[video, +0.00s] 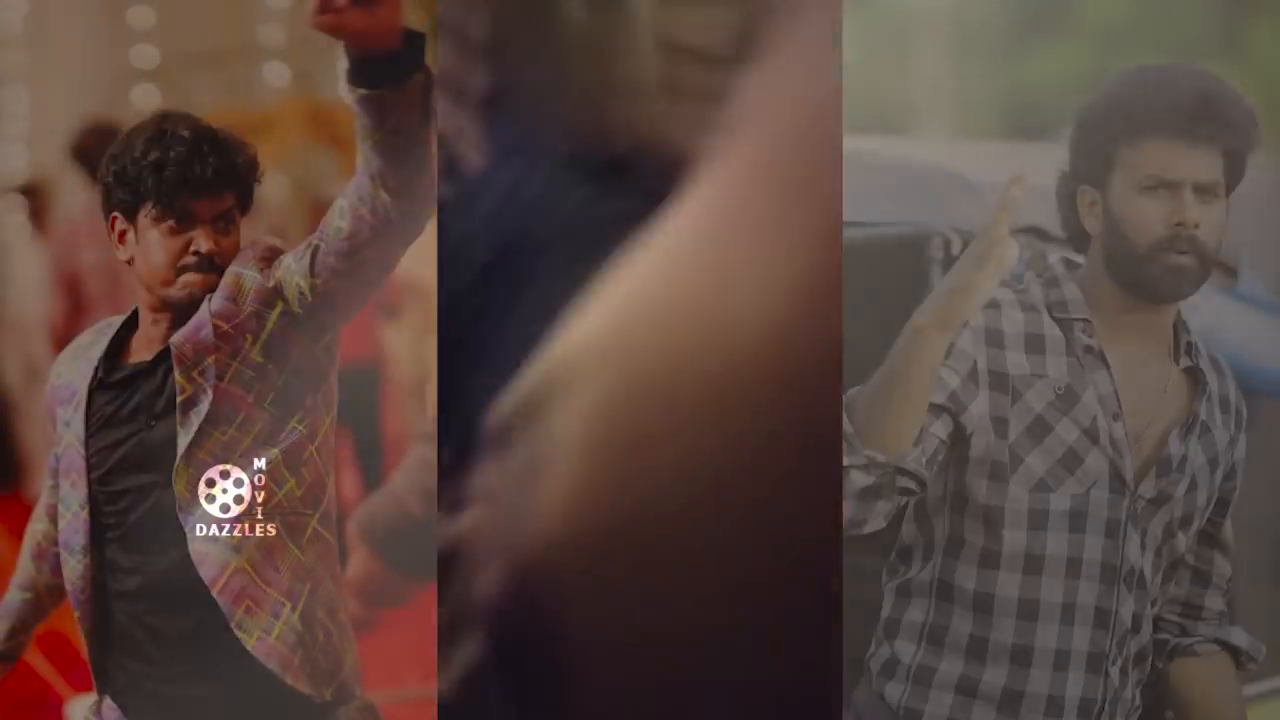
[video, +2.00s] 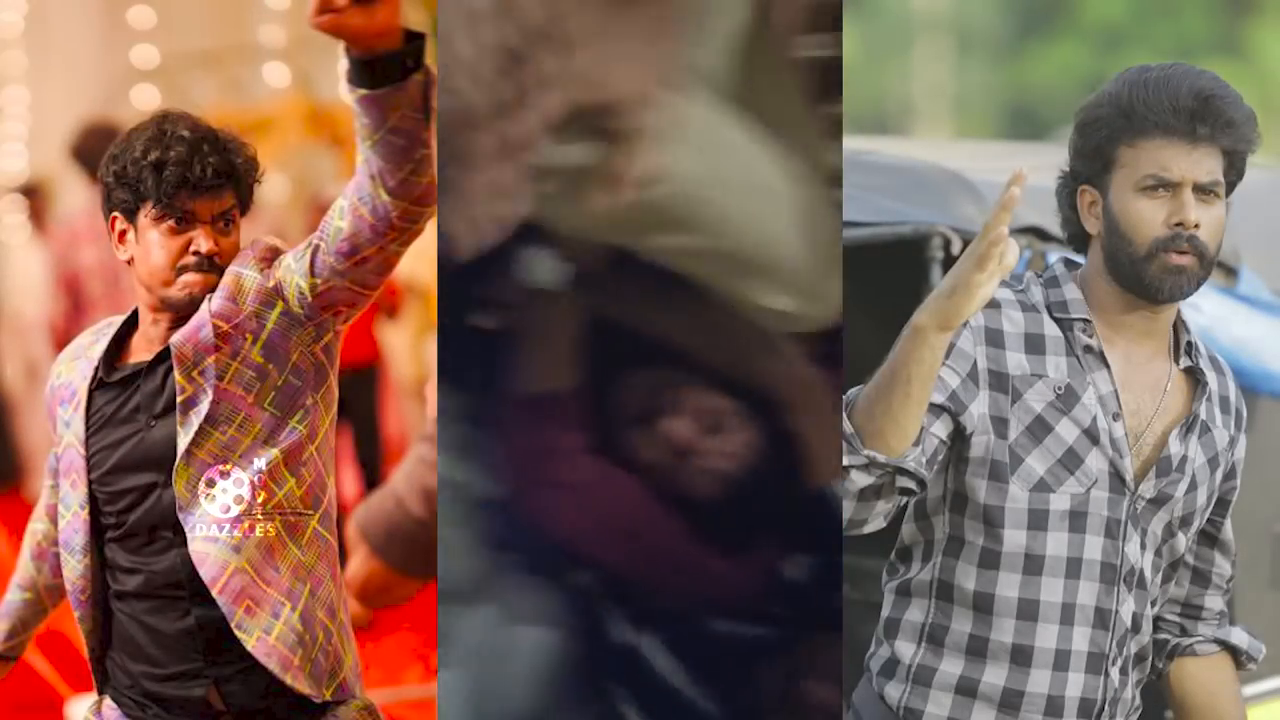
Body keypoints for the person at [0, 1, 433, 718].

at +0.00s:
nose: (205, 245)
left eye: (223, 223)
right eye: (178, 222)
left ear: (243, 230)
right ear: (122, 236)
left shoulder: (283, 315)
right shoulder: (76, 371)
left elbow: (393, 198)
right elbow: (56, 525)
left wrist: (380, 52)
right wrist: (7, 637)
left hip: (284, 698)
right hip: (136, 702)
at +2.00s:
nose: (206, 245)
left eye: (224, 222)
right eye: (179, 222)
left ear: (243, 230)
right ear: (122, 237)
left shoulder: (287, 312)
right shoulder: (76, 373)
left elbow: (393, 201)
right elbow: (56, 524)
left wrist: (380, 53)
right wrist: (8, 633)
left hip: (291, 700)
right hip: (140, 705)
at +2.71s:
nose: (206, 245)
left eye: (223, 222)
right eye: (179, 222)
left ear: (243, 230)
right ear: (123, 236)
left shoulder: (287, 312)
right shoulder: (76, 373)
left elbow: (394, 200)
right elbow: (56, 524)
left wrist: (380, 52)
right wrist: (7, 634)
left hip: (290, 700)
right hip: (140, 705)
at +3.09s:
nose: (206, 245)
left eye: (223, 222)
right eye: (179, 222)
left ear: (243, 230)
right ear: (122, 236)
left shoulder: (287, 312)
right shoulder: (76, 373)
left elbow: (394, 199)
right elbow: (56, 524)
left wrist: (380, 52)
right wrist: (7, 634)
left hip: (291, 701)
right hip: (140, 705)